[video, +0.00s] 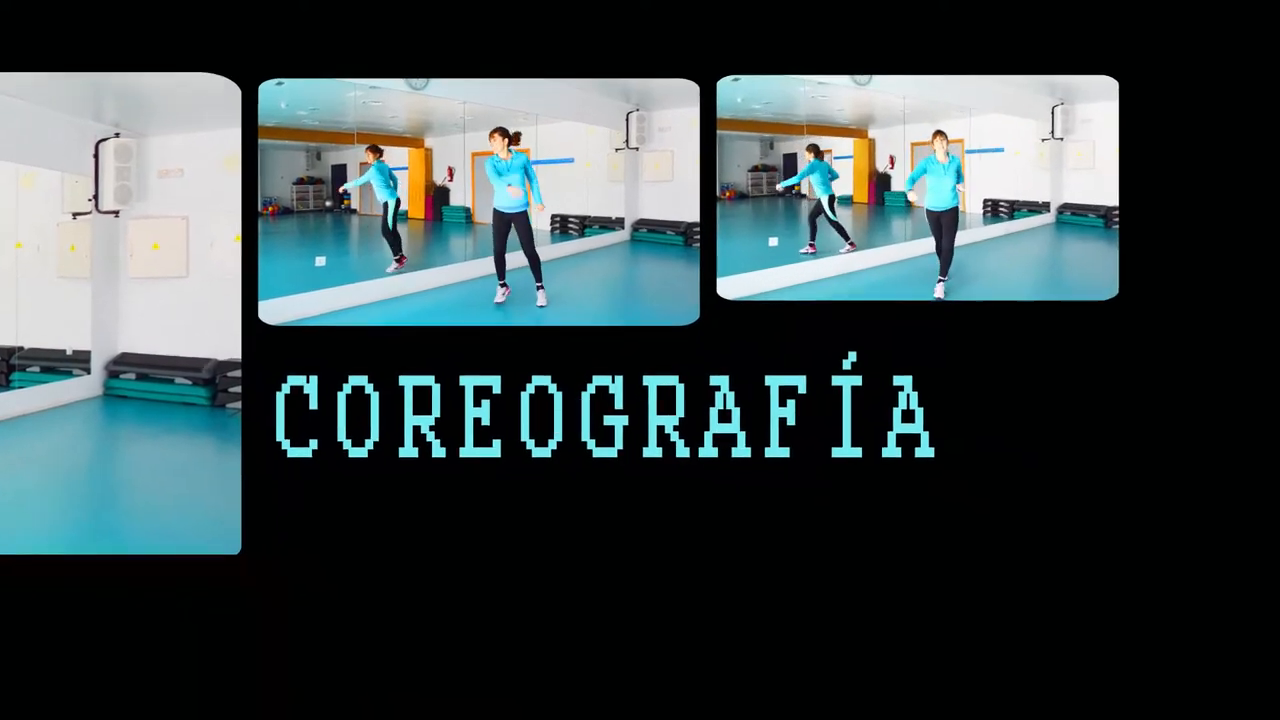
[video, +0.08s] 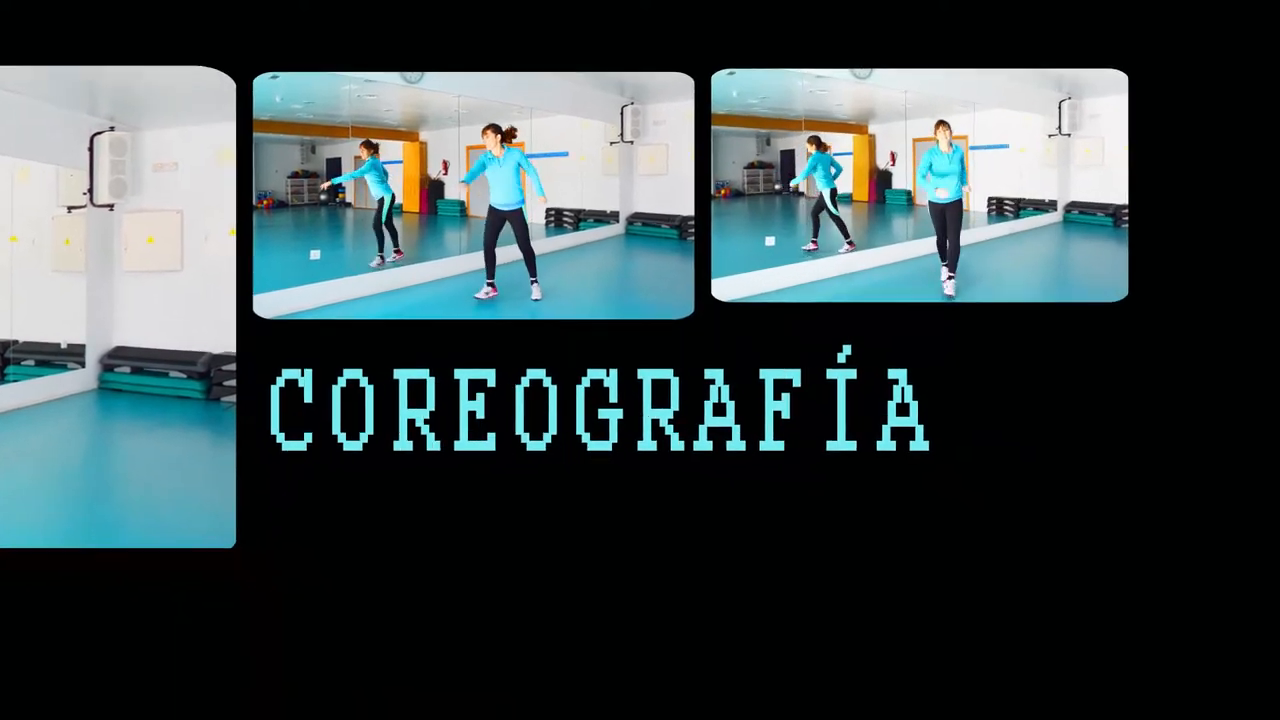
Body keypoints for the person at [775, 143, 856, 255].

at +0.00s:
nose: (806, 155)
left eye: (807, 153)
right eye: (806, 153)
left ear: (811, 153)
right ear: (816, 153)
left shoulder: (812, 165)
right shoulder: (824, 164)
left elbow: (798, 178)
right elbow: (835, 175)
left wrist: (782, 184)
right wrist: (825, 180)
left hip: (826, 196)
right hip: (825, 196)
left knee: (833, 221)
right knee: (812, 217)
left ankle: (850, 243)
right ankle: (811, 245)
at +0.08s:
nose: (807, 148)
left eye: (808, 146)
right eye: (807, 146)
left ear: (813, 145)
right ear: (817, 145)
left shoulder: (814, 158)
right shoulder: (827, 156)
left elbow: (804, 174)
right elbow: (839, 169)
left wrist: (793, 182)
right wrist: (831, 179)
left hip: (826, 190)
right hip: (828, 188)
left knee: (834, 215)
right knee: (814, 213)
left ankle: (849, 242)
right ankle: (814, 242)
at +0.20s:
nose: (810, 136)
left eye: (811, 133)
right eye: (810, 133)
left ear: (815, 133)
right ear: (821, 133)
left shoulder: (815, 147)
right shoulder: (830, 145)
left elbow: (809, 168)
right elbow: (843, 158)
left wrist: (815, 161)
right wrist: (842, 173)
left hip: (828, 179)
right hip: (833, 178)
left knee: (837, 208)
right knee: (816, 204)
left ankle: (849, 237)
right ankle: (827, 231)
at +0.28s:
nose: (813, 131)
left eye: (814, 128)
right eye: (813, 128)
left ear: (819, 128)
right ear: (824, 127)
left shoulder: (817, 142)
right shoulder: (833, 139)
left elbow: (811, 159)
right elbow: (847, 153)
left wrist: (817, 151)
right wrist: (847, 167)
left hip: (831, 174)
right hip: (836, 173)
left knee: (839, 203)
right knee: (820, 201)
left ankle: (851, 232)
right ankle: (836, 222)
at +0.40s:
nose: (816, 120)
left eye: (818, 118)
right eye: (816, 118)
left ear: (825, 118)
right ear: (828, 118)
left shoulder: (821, 131)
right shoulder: (837, 128)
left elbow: (813, 144)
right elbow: (850, 141)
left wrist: (820, 138)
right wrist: (850, 156)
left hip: (835, 163)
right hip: (839, 161)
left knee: (841, 191)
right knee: (832, 192)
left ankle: (854, 220)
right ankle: (849, 215)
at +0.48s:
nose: (819, 109)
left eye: (820, 106)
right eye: (819, 106)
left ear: (827, 105)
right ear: (830, 106)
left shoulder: (825, 119)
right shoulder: (838, 117)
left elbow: (814, 133)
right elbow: (849, 131)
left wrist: (821, 126)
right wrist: (851, 147)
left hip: (839, 151)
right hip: (843, 150)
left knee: (841, 180)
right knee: (840, 179)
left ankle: (854, 209)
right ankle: (852, 207)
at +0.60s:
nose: (824, 96)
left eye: (825, 93)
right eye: (824, 94)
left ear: (832, 93)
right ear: (833, 94)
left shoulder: (832, 107)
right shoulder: (841, 105)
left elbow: (816, 119)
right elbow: (850, 117)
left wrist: (797, 125)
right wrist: (848, 130)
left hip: (847, 139)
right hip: (851, 138)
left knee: (842, 168)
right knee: (851, 167)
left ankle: (850, 198)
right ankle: (859, 194)